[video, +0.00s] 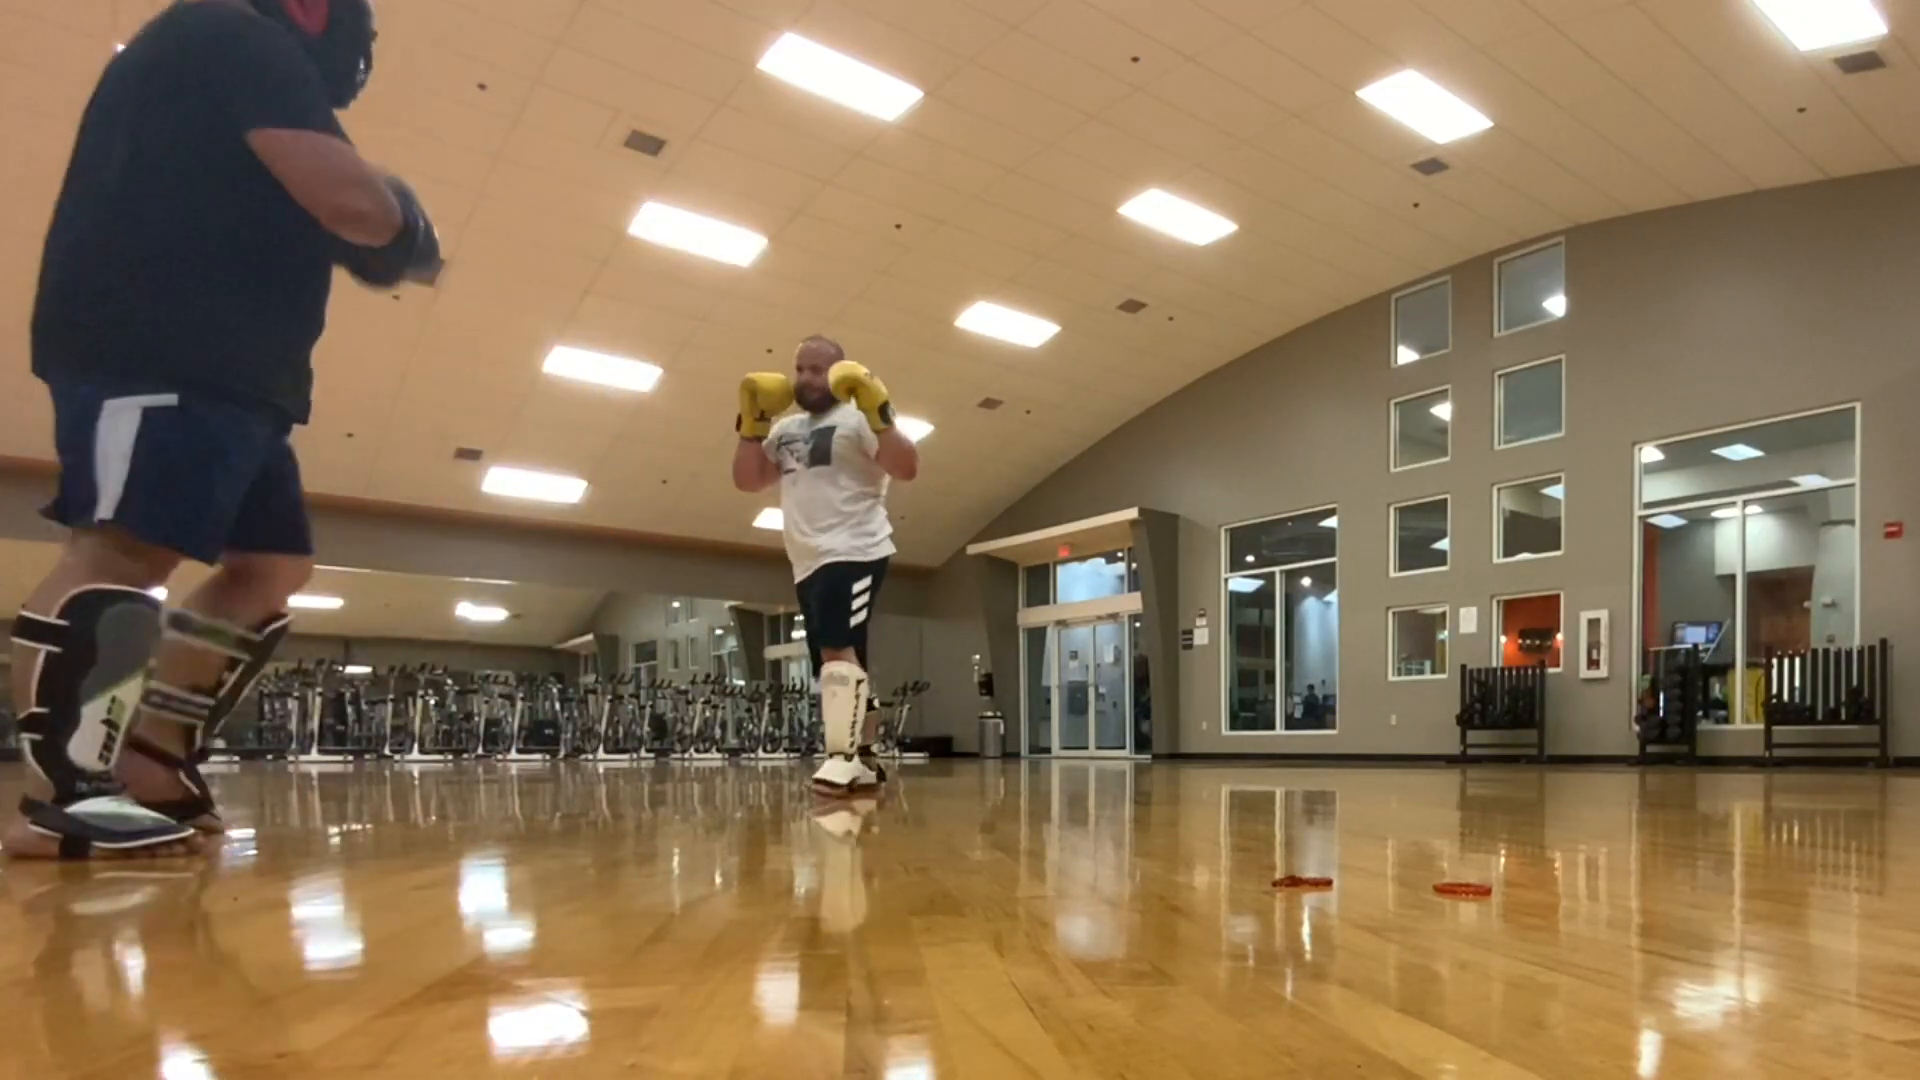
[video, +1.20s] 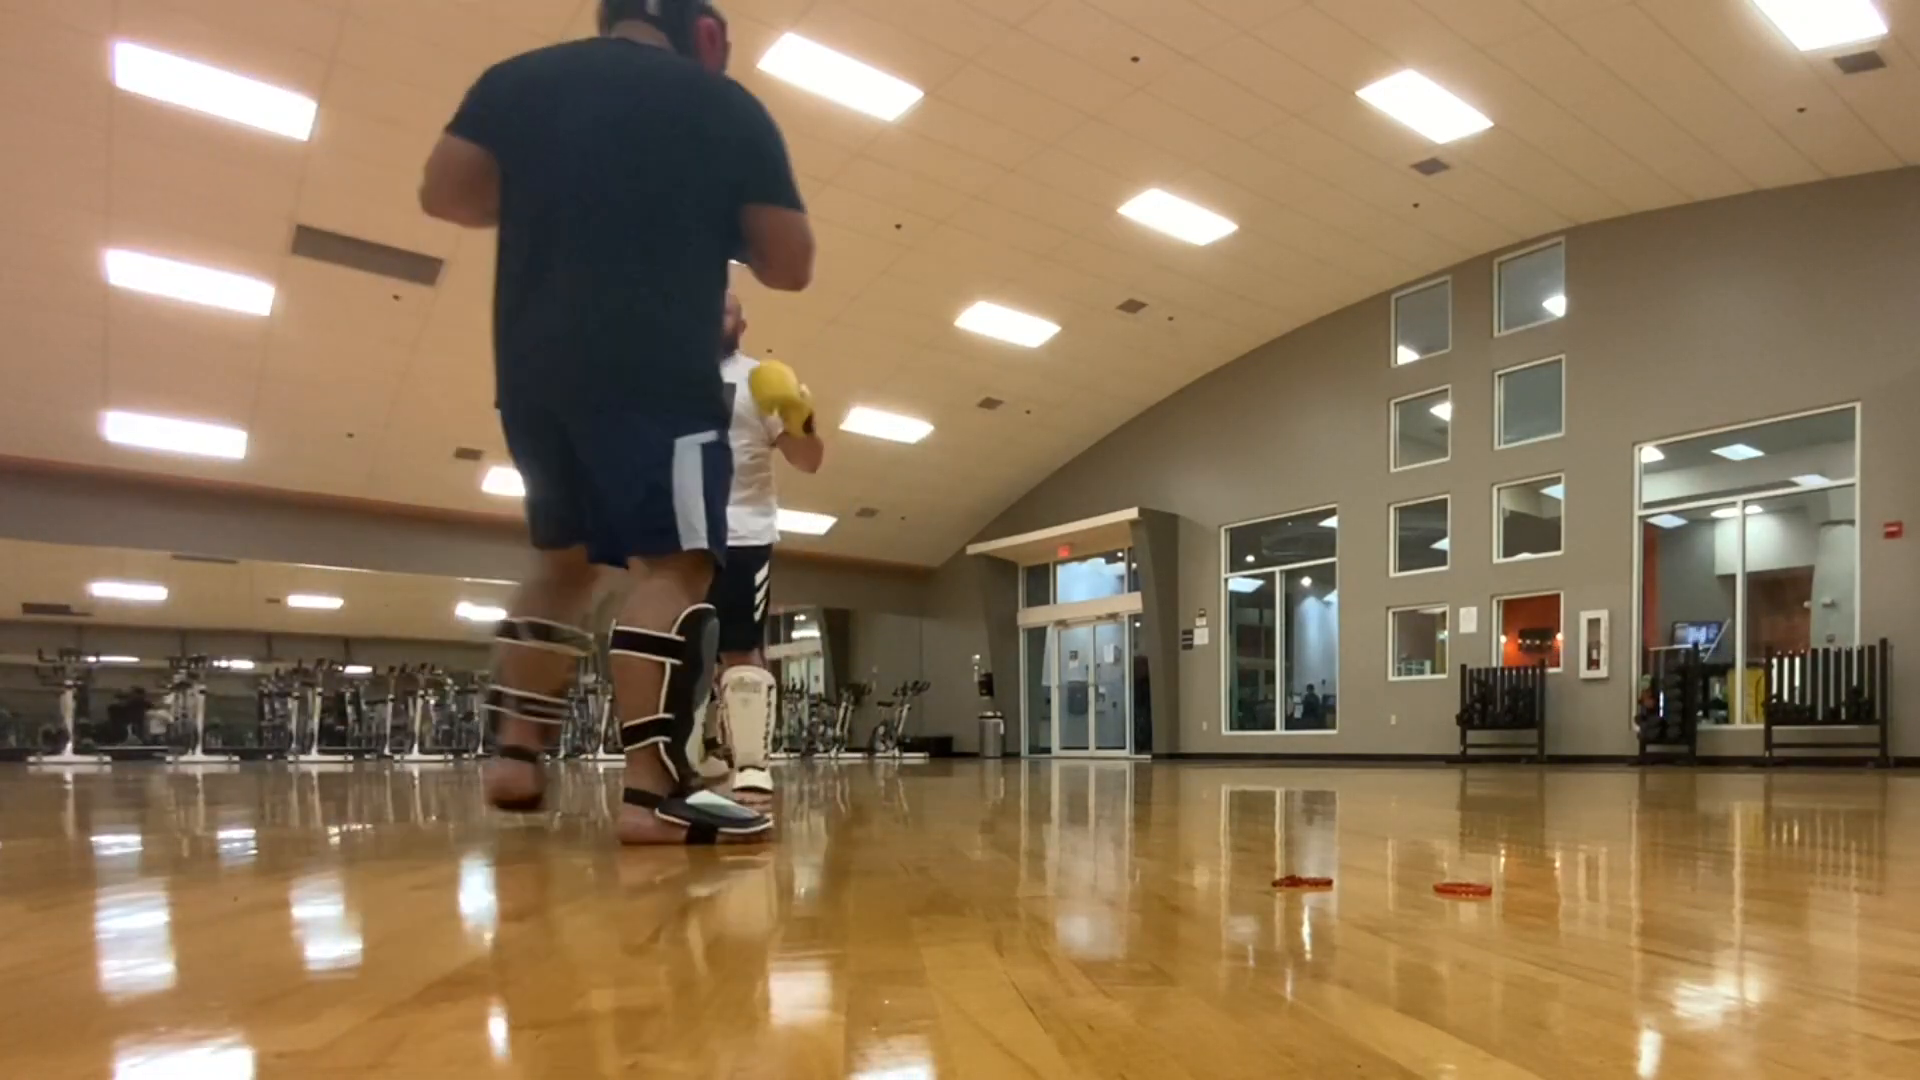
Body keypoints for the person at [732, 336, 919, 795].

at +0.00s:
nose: (810, 378)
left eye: (820, 370)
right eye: (803, 370)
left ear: (840, 374)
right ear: (793, 375)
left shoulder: (857, 418)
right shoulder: (785, 428)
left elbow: (906, 469)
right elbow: (748, 480)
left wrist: (881, 417)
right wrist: (750, 427)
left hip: (856, 549)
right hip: (810, 558)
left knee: (835, 647)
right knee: (840, 659)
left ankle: (841, 757)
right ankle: (863, 758)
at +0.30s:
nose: (781, 353)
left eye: (793, 345)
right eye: (775, 344)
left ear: (821, 352)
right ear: (769, 349)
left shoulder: (847, 396)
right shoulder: (762, 409)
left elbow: (880, 460)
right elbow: (741, 479)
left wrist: (829, 419)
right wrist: (724, 438)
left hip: (837, 541)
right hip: (785, 550)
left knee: (824, 656)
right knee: (776, 666)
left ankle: (836, 772)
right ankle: (833, 756)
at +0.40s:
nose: (776, 332)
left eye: (788, 324)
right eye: (770, 323)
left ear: (811, 339)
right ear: (761, 340)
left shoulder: (834, 382)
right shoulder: (755, 401)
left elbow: (863, 432)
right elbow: (721, 459)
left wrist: (818, 376)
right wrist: (714, 409)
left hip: (829, 541)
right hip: (773, 546)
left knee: (825, 653)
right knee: (753, 652)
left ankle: (837, 770)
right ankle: (786, 747)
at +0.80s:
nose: (717, 338)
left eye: (730, 331)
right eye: (709, 329)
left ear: (755, 342)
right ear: (697, 339)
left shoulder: (784, 388)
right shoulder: (683, 395)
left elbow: (830, 461)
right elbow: (651, 471)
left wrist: (798, 423)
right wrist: (660, 429)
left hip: (769, 536)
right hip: (705, 546)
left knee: (779, 635)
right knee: (705, 658)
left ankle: (818, 750)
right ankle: (710, 766)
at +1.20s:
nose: (727, 312)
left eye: (731, 306)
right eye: (719, 305)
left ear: (740, 321)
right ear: (700, 318)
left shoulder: (759, 377)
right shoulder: (676, 374)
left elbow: (808, 459)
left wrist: (795, 411)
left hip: (744, 532)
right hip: (688, 532)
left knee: (738, 650)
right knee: (691, 651)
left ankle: (751, 767)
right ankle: (699, 758)